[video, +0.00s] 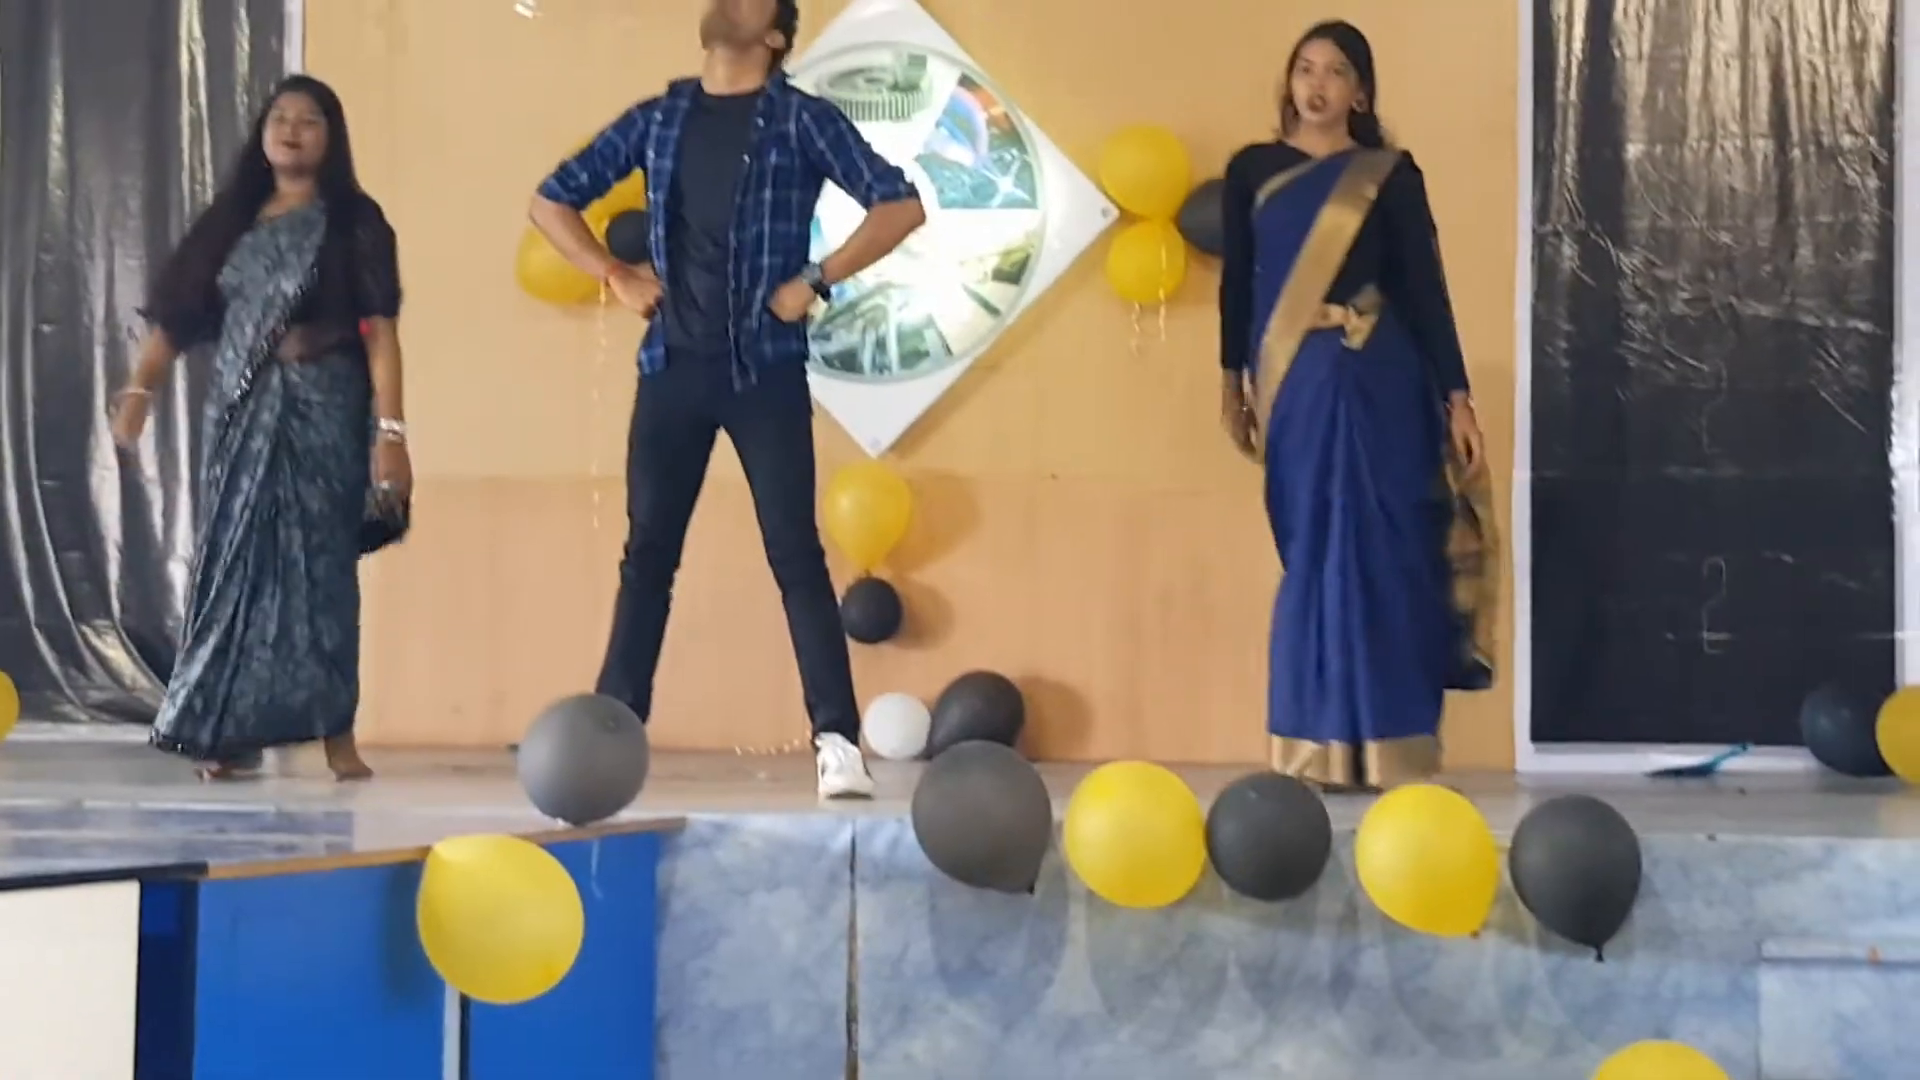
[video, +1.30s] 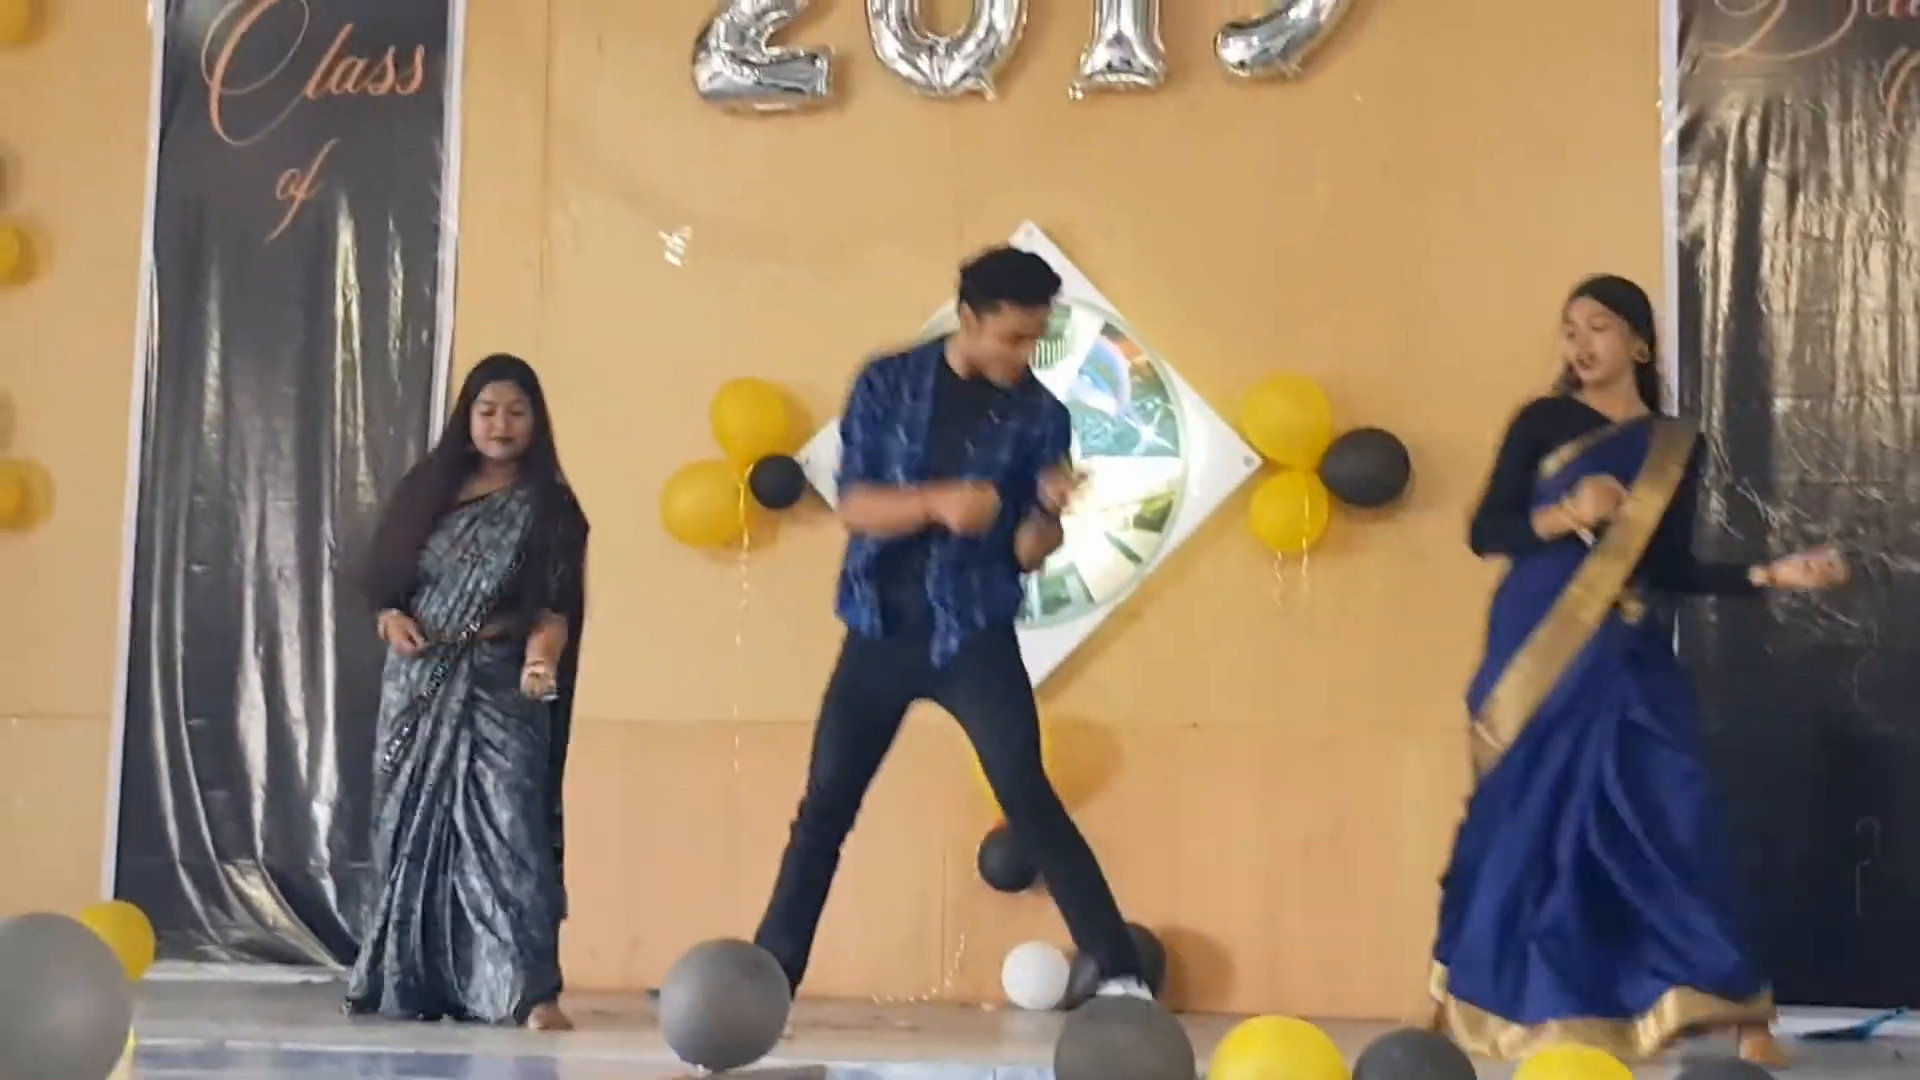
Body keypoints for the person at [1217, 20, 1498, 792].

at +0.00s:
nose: (1317, 82)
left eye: (1334, 72)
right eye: (1307, 69)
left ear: (1360, 88)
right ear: (1287, 80)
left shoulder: (1392, 174)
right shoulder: (1251, 168)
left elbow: (1426, 289)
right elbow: (1237, 279)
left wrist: (1457, 394)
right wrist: (1235, 373)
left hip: (1385, 388)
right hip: (1295, 389)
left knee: (1388, 556)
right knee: (1314, 555)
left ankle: (1392, 745)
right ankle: (1318, 746)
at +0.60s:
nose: (1346, 168)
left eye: (1362, 157)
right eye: (1334, 154)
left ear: (1386, 171)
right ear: (1312, 163)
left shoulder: (1416, 247)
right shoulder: (1278, 248)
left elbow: (1434, 366)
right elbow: (1252, 352)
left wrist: (1430, 473)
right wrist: (1266, 436)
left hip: (1393, 474)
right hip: (1309, 473)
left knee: (1393, 650)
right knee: (1305, 650)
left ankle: (1398, 842)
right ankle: (1292, 845)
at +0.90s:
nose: (1384, 263)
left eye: (1400, 251)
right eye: (1371, 248)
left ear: (1422, 265)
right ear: (1346, 257)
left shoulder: (1450, 346)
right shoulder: (1309, 337)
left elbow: (1470, 463)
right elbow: (1282, 450)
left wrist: (1490, 568)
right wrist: (1275, 554)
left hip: (1424, 569)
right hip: (1334, 568)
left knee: (1419, 746)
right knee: (1333, 745)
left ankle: (1412, 952)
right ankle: (1318, 955)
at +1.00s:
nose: (1427, 315)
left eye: (1444, 302)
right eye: (1415, 299)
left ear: (1470, 318)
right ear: (1397, 308)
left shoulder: (1491, 412)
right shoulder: (1357, 379)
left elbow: (1504, 539)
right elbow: (1308, 476)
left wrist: (1561, 597)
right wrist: (1320, 549)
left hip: (1471, 610)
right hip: (1379, 607)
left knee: (1485, 779)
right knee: (1372, 779)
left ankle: (1452, 961)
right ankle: (1364, 967)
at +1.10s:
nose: (1477, 319)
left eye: (1495, 306)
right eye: (1466, 306)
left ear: (1530, 318)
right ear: (1453, 317)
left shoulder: (1554, 418)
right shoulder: (1425, 380)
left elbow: (1551, 542)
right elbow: (1346, 469)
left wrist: (1638, 563)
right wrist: (1388, 508)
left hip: (1519, 613)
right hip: (1426, 606)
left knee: (1569, 778)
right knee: (1424, 782)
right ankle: (1397, 986)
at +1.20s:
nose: (1532, 325)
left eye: (1549, 311)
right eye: (1522, 312)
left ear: (1587, 322)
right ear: (1512, 321)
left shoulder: (1619, 421)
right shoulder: (1488, 390)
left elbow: (1606, 543)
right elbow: (1412, 481)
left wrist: (1707, 550)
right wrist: (1477, 482)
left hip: (1562, 613)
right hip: (1470, 604)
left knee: (1618, 772)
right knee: (1469, 783)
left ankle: (1697, 978)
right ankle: (1447, 992)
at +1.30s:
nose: (1579, 343)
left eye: (1596, 328)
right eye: (1570, 330)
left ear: (1639, 342)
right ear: (1562, 343)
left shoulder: (1672, 443)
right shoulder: (1539, 421)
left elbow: (1667, 569)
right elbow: (1485, 531)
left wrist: (1768, 576)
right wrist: (1561, 515)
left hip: (1627, 639)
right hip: (1535, 634)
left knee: (1676, 803)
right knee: (1533, 811)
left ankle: (1738, 1014)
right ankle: (1539, 1015)